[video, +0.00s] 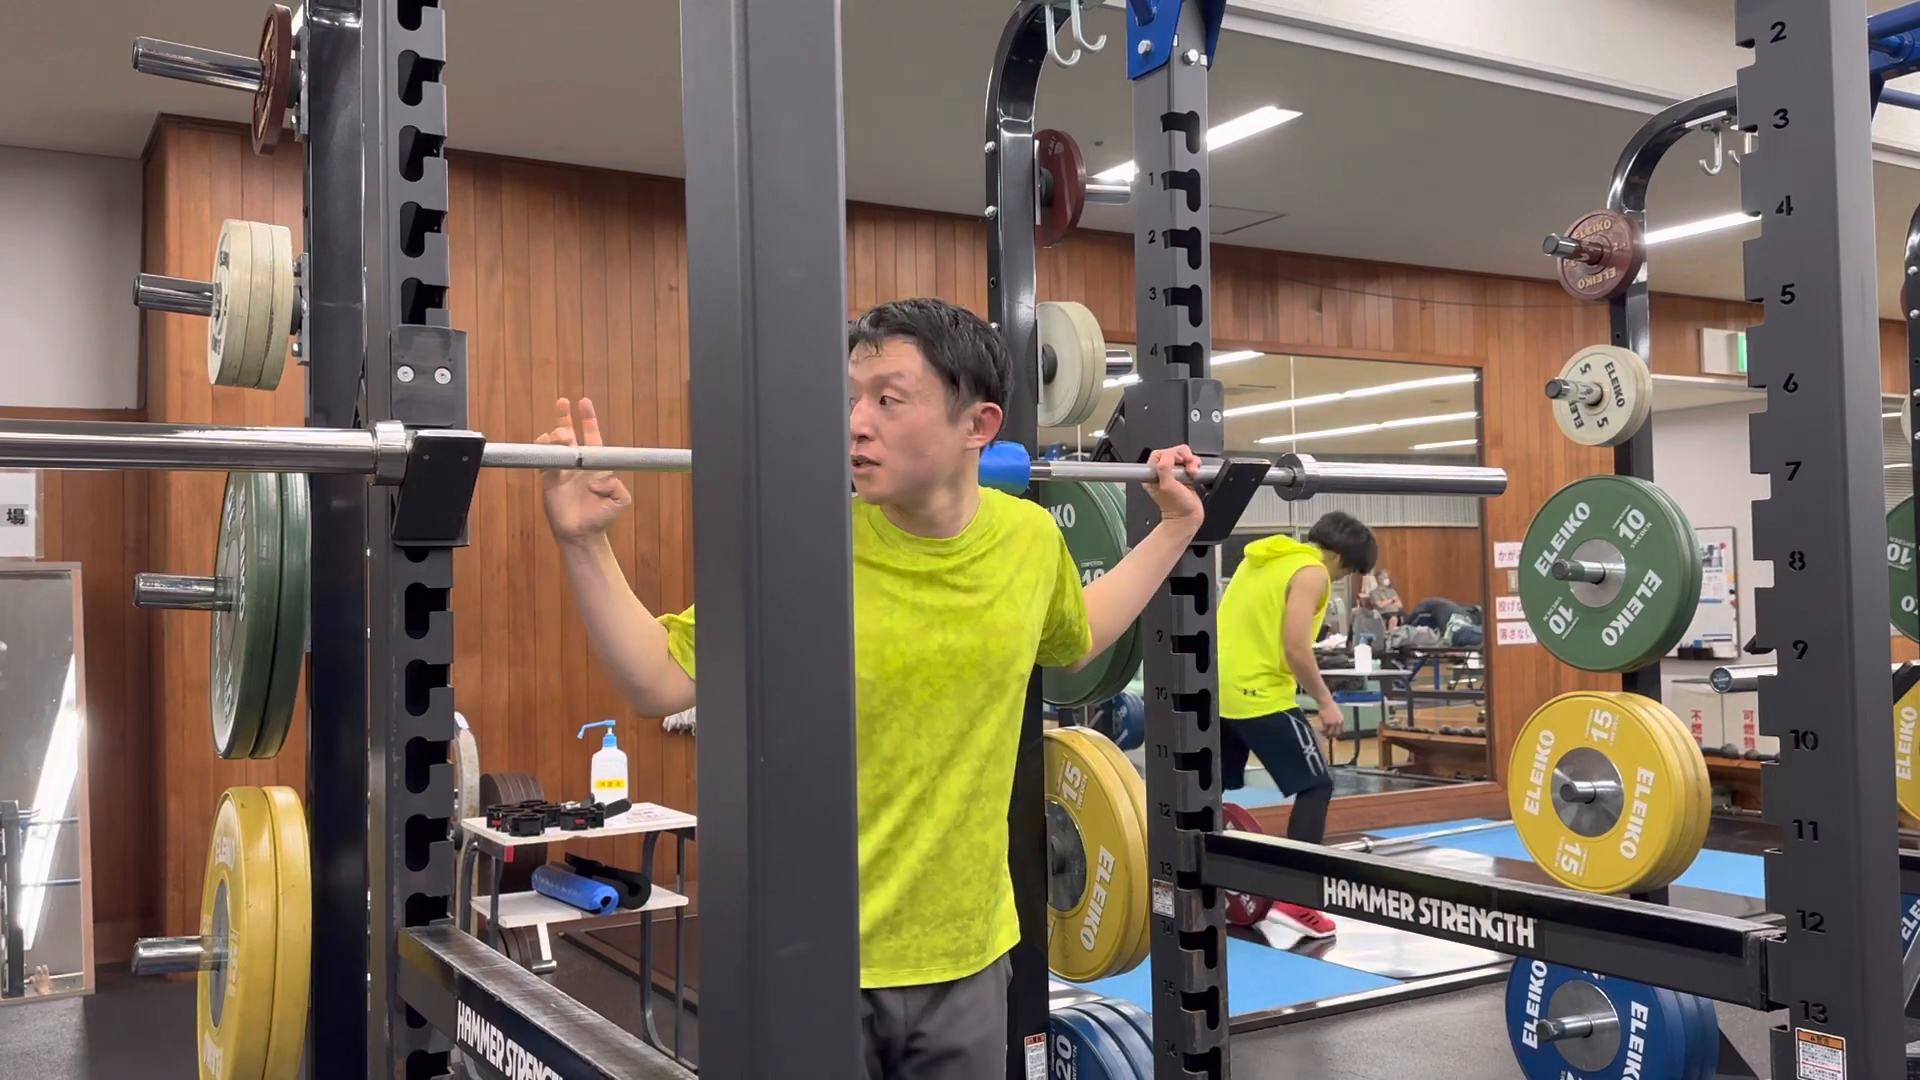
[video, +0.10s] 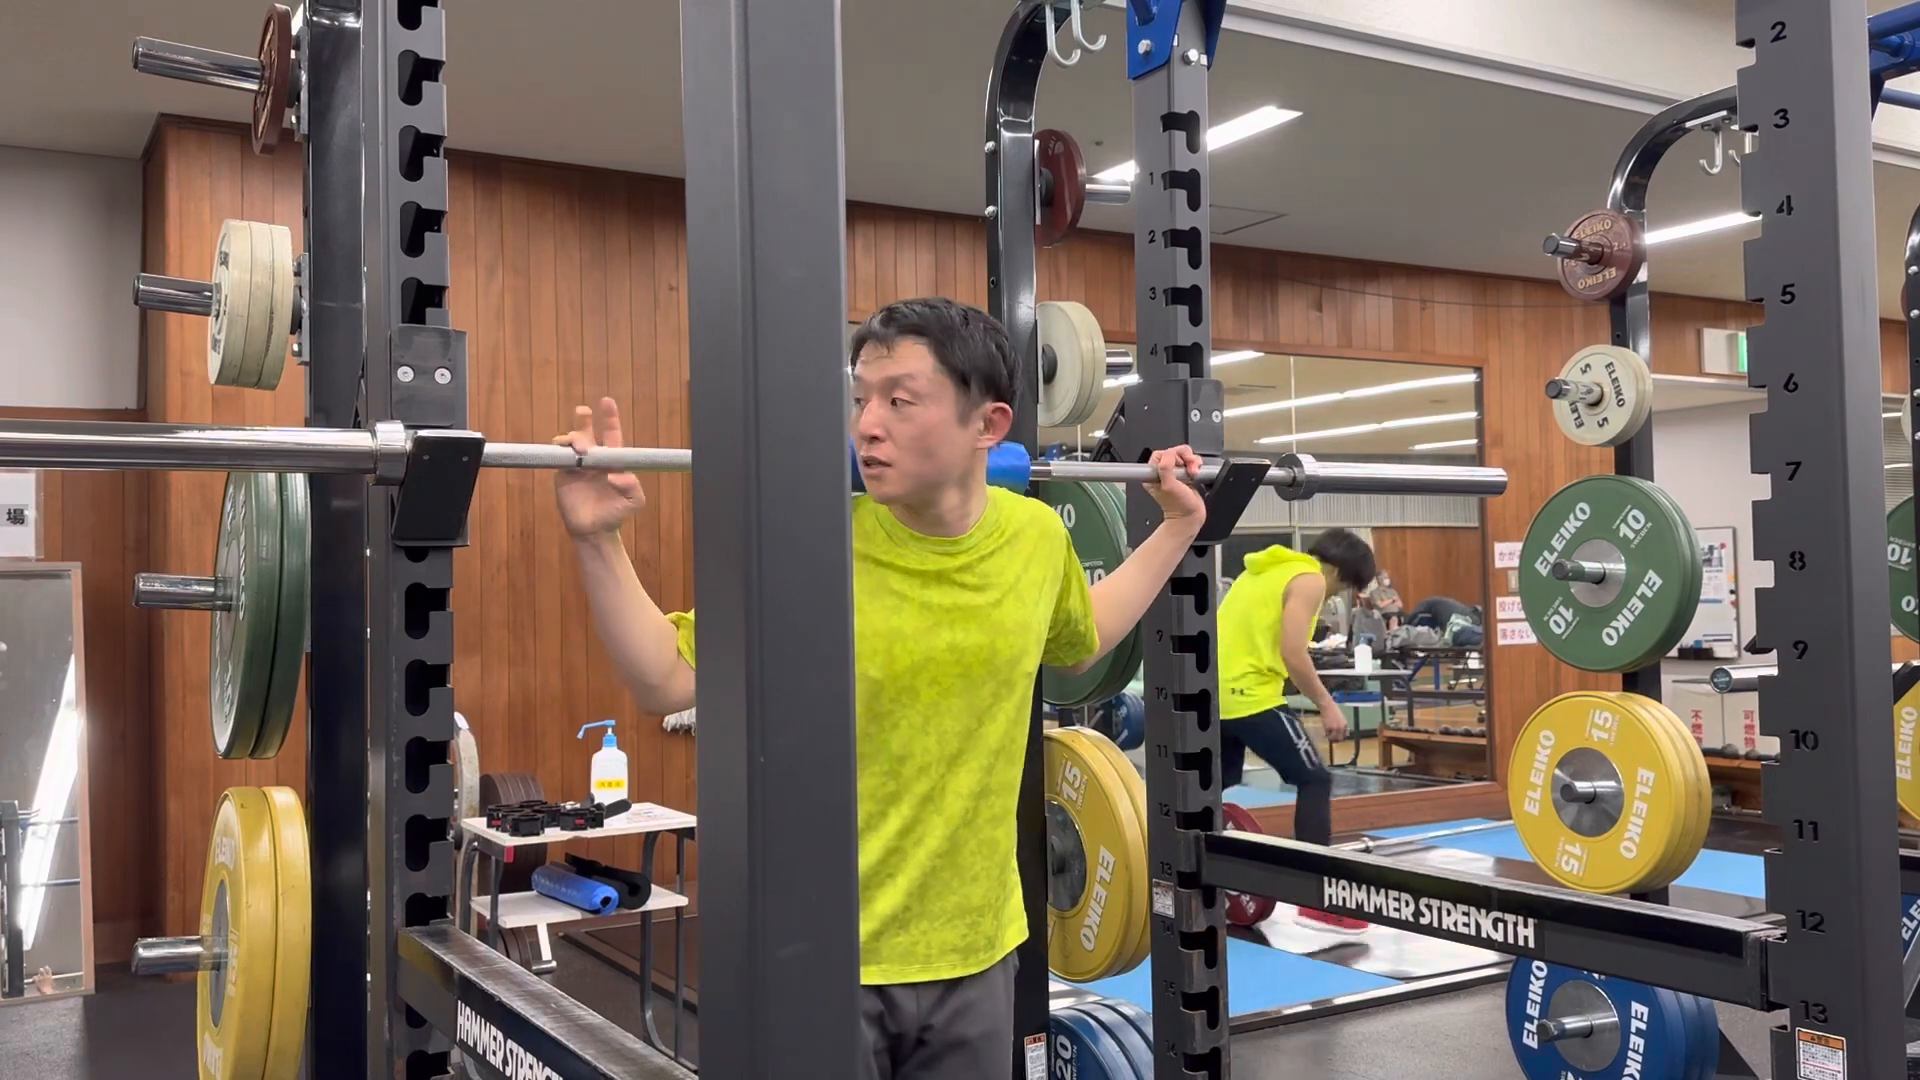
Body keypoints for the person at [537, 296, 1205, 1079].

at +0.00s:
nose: (856, 423)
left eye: (890, 397)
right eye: (850, 397)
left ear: (980, 425)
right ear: (839, 411)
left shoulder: (1028, 538)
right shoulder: (815, 545)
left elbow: (1073, 638)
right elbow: (665, 684)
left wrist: (1175, 530)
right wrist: (584, 544)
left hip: (968, 967)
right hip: (811, 966)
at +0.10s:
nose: (866, 424)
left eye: (900, 400)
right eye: (861, 399)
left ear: (989, 423)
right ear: (849, 411)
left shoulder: (1035, 536)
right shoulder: (819, 540)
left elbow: (1080, 637)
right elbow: (670, 683)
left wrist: (1178, 529)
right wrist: (599, 543)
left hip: (976, 964)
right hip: (824, 964)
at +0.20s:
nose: (905, 423)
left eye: (939, 398)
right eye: (886, 397)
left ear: (1004, 422)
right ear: (864, 417)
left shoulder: (1036, 534)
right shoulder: (816, 538)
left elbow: (1077, 638)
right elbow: (665, 681)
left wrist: (1174, 530)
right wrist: (601, 537)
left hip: (988, 957)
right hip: (838, 963)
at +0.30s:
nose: (974, 428)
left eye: (998, 402)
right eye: (944, 400)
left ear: (1023, 424)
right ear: (886, 423)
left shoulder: (1031, 533)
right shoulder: (818, 543)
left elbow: (1072, 637)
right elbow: (657, 671)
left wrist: (1170, 529)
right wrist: (601, 526)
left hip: (992, 950)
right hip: (846, 962)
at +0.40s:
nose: (988, 439)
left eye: (1007, 412)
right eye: (956, 410)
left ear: (1027, 426)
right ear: (891, 424)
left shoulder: (1028, 534)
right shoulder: (818, 543)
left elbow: (1069, 635)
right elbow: (656, 674)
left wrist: (1164, 528)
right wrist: (600, 523)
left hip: (989, 949)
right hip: (848, 963)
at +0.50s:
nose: (990, 449)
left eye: (1009, 420)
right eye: (959, 417)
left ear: (1027, 428)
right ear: (890, 424)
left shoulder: (1025, 533)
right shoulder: (815, 541)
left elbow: (1064, 634)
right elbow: (654, 671)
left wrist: (1163, 527)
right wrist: (599, 523)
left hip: (983, 948)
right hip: (846, 965)